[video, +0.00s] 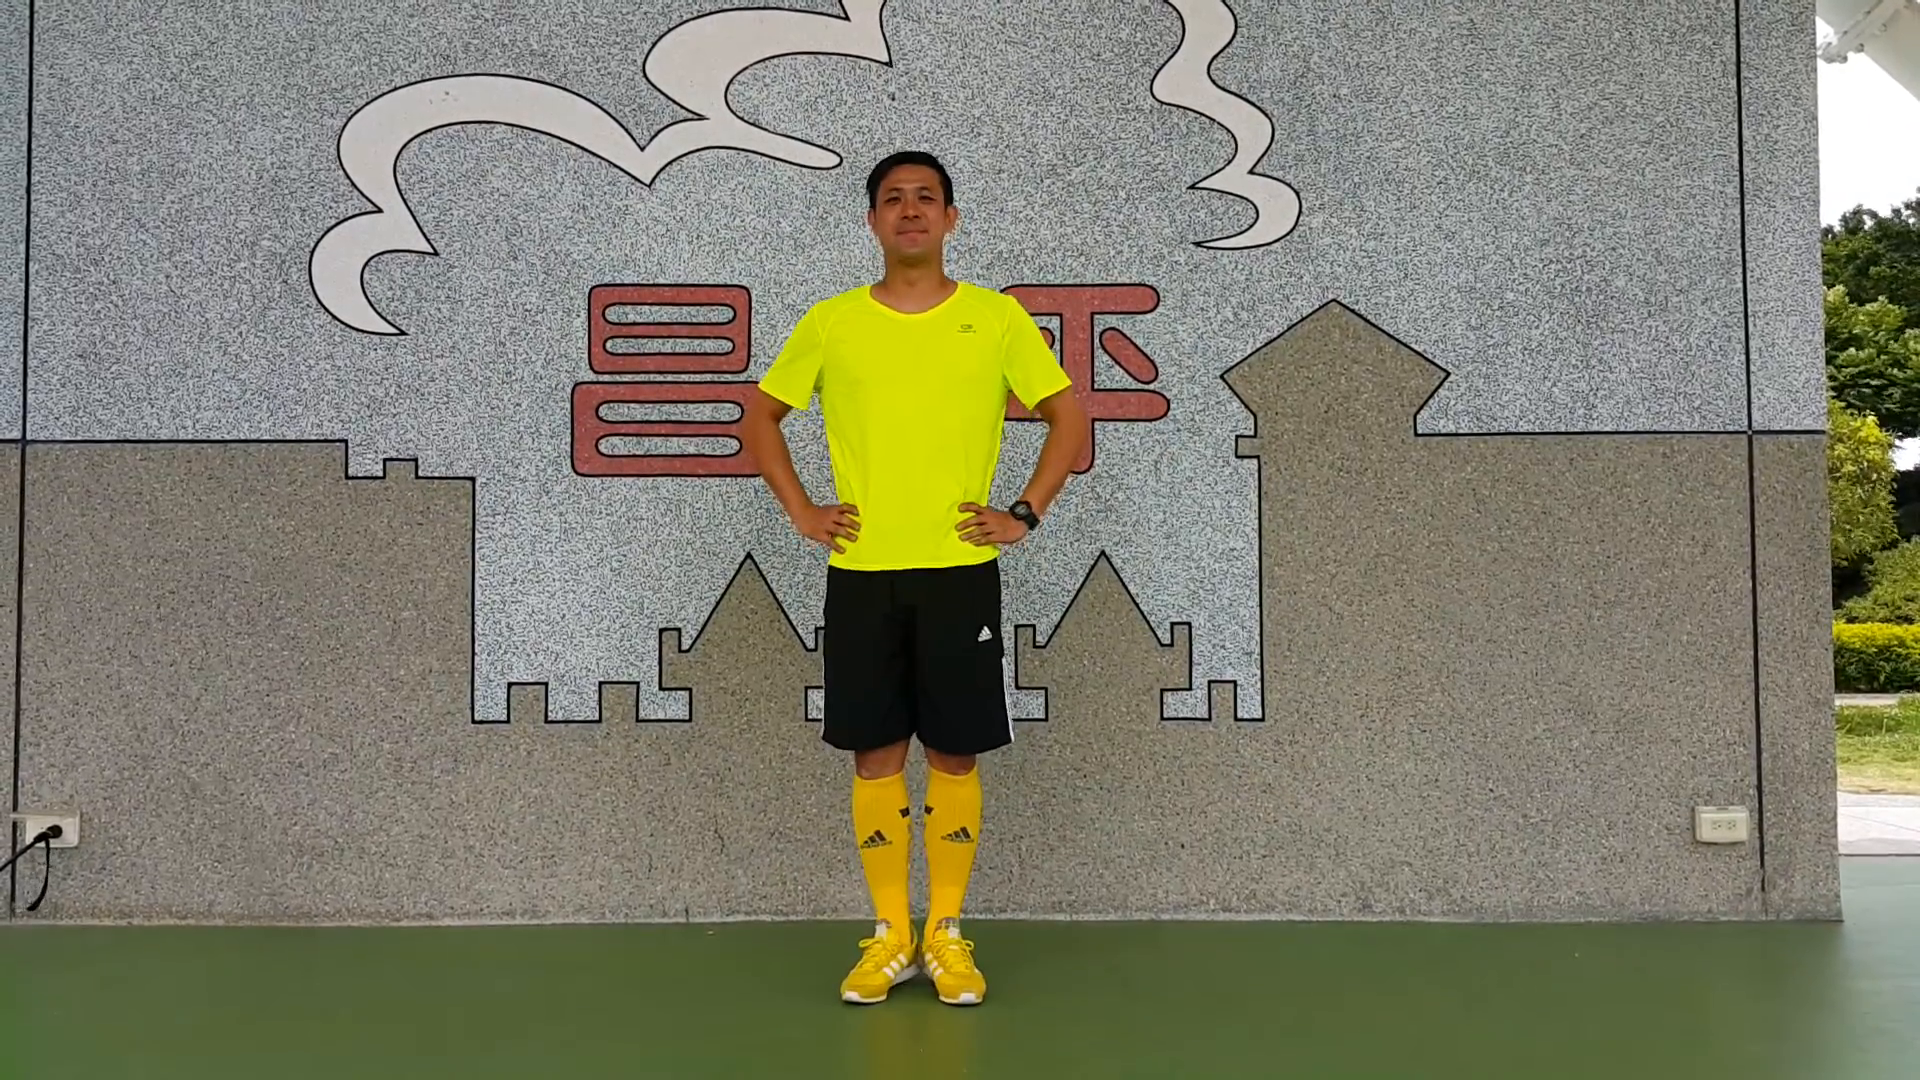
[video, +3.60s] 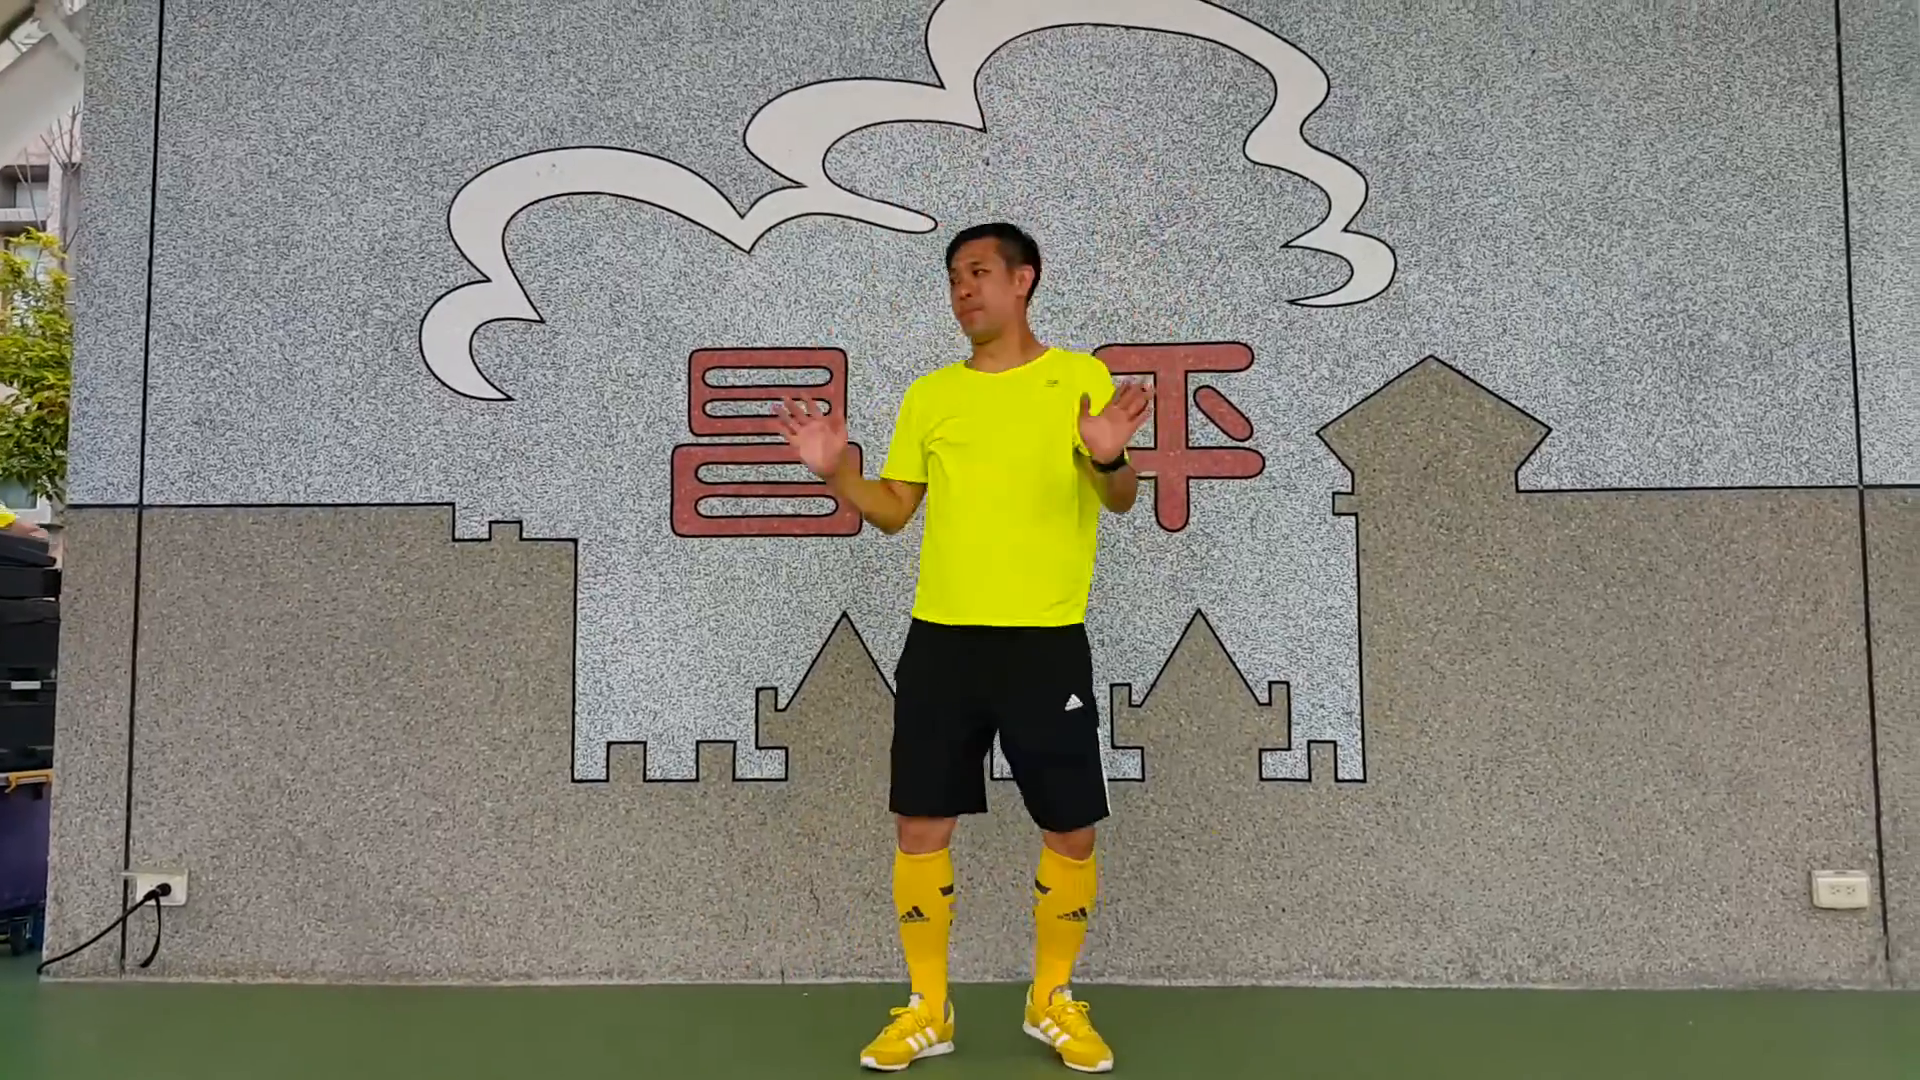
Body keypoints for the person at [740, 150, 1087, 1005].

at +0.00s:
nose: (910, 210)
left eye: (925, 198)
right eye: (894, 200)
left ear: (951, 220)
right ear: (872, 223)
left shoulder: (996, 317)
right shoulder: (832, 320)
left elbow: (1072, 417)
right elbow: (758, 417)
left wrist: (1025, 514)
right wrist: (801, 509)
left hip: (960, 568)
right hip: (863, 568)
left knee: (953, 750)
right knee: (876, 750)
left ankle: (944, 932)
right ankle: (891, 934)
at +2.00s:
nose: (949, 256)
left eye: (964, 244)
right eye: (933, 245)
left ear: (990, 266)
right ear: (911, 269)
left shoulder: (1034, 361)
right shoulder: (871, 365)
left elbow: (1110, 457)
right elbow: (797, 460)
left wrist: (1064, 556)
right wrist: (839, 553)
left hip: (999, 614)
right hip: (901, 615)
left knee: (992, 800)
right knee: (915, 799)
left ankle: (985, 985)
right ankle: (933, 986)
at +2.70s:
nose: (1033, 289)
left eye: (1034, 275)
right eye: (1016, 275)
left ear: (1022, 287)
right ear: (967, 287)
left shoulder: (1049, 384)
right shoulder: (917, 379)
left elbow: (1107, 475)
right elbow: (883, 485)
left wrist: (1178, 492)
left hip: (1026, 628)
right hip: (926, 626)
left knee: (1043, 807)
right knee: (908, 808)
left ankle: (1023, 986)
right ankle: (899, 962)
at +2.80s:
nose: (1029, 292)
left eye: (1031, 279)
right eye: (1013, 277)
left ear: (1023, 287)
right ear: (970, 281)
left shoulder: (1046, 372)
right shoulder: (924, 352)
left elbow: (1134, 386)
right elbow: (939, 368)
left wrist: (1173, 318)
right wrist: (1025, 272)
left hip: (1016, 617)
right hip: (928, 611)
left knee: (1044, 803)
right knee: (894, 798)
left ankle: (1029, 986)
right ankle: (804, 941)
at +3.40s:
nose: (1026, 274)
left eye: (1035, 262)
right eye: (1007, 263)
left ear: (1048, 277)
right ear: (970, 282)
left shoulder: (1075, 363)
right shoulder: (942, 354)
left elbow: (1185, 346)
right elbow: (869, 330)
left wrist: (1159, 260)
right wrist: (920, 221)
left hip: (1041, 614)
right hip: (945, 607)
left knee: (1068, 809)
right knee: (893, 799)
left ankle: (1053, 999)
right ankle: (849, 976)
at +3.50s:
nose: (999, 271)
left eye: (1013, 257)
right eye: (983, 262)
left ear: (1043, 272)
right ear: (967, 286)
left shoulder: (1091, 363)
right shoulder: (937, 365)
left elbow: (1181, 437)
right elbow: (868, 450)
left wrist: (1170, 364)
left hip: (1045, 612)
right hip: (942, 607)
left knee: (1063, 809)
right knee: (917, 802)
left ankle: (1052, 999)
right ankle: (923, 997)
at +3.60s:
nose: (962, 291)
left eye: (979, 274)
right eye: (956, 280)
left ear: (1026, 281)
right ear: (952, 297)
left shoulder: (1081, 378)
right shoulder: (928, 396)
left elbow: (1119, 498)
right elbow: (891, 511)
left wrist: (1106, 454)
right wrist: (842, 473)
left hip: (1048, 634)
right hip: (942, 633)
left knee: (1071, 823)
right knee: (922, 817)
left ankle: (1050, 1000)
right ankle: (927, 1011)